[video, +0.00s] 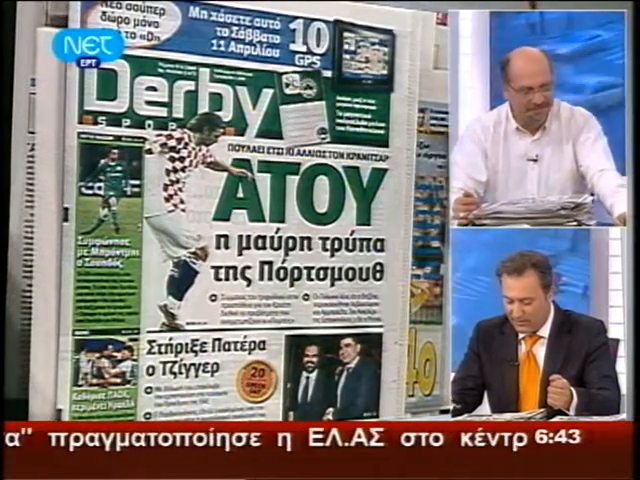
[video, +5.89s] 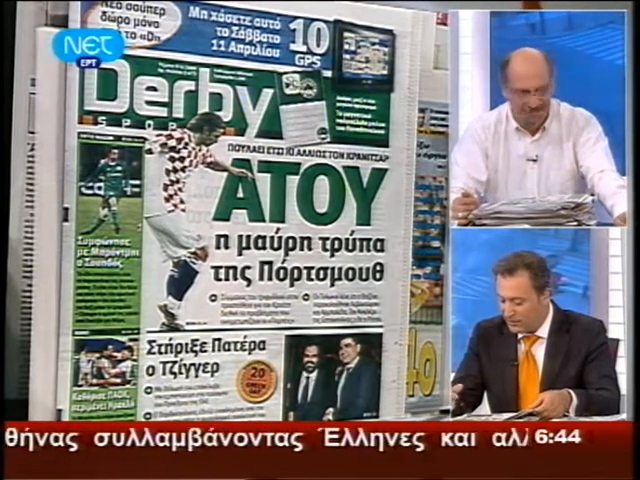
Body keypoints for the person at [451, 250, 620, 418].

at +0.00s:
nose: (516, 312)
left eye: (526, 302)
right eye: (509, 301)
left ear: (549, 294)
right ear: (503, 297)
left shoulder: (588, 332)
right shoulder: (487, 334)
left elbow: (610, 403)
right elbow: (461, 400)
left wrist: (574, 400)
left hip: (568, 450)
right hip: (504, 450)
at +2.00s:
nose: (511, 312)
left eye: (522, 302)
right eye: (506, 301)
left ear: (547, 296)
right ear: (500, 297)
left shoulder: (588, 332)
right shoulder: (486, 334)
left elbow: (610, 402)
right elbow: (465, 391)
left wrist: (574, 400)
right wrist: (456, 401)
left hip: (568, 451)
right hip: (503, 450)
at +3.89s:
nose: (508, 312)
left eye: (519, 303)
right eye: (503, 301)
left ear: (546, 297)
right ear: (498, 296)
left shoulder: (588, 333)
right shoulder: (486, 334)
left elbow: (610, 401)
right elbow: (462, 401)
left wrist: (570, 400)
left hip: (569, 451)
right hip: (505, 450)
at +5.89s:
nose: (508, 312)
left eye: (518, 302)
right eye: (502, 301)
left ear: (545, 296)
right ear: (498, 296)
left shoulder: (588, 332)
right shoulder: (486, 334)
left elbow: (610, 402)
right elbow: (464, 400)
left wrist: (569, 400)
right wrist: (453, 398)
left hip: (569, 452)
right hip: (504, 450)